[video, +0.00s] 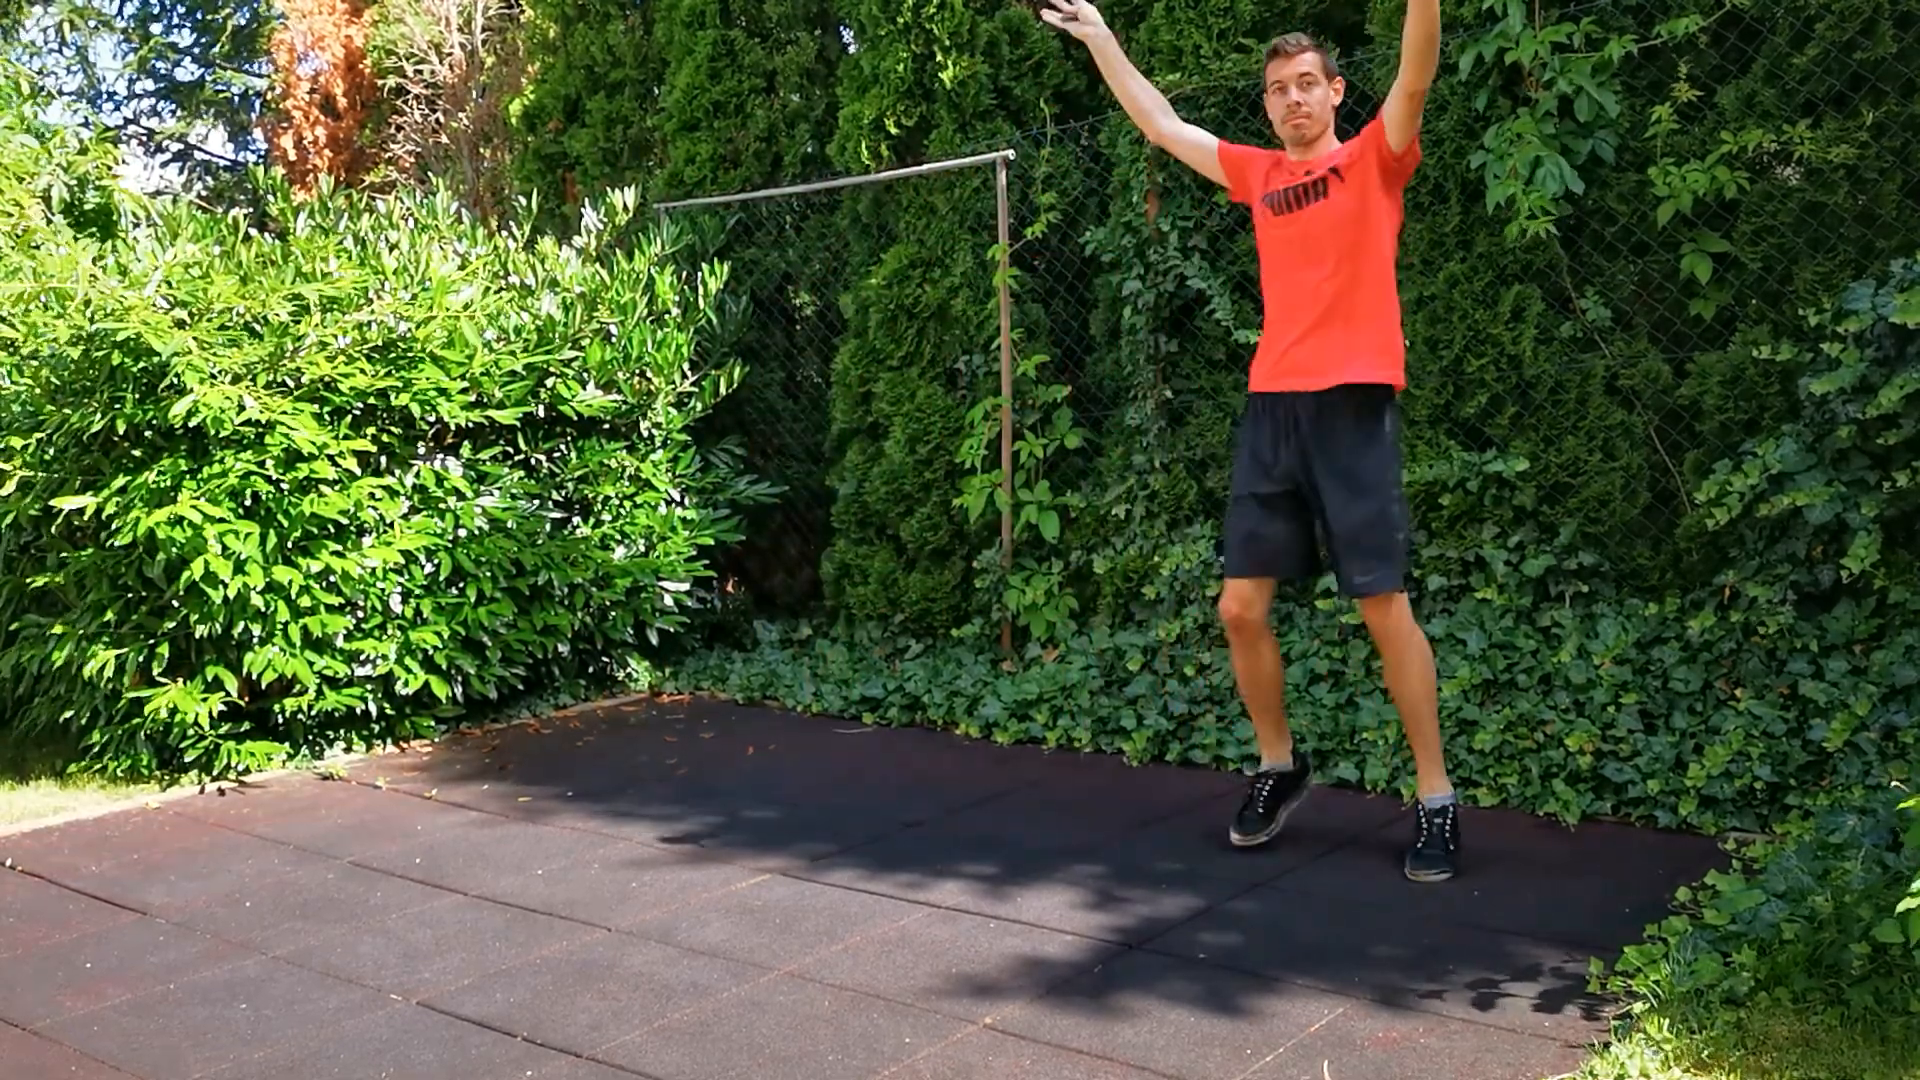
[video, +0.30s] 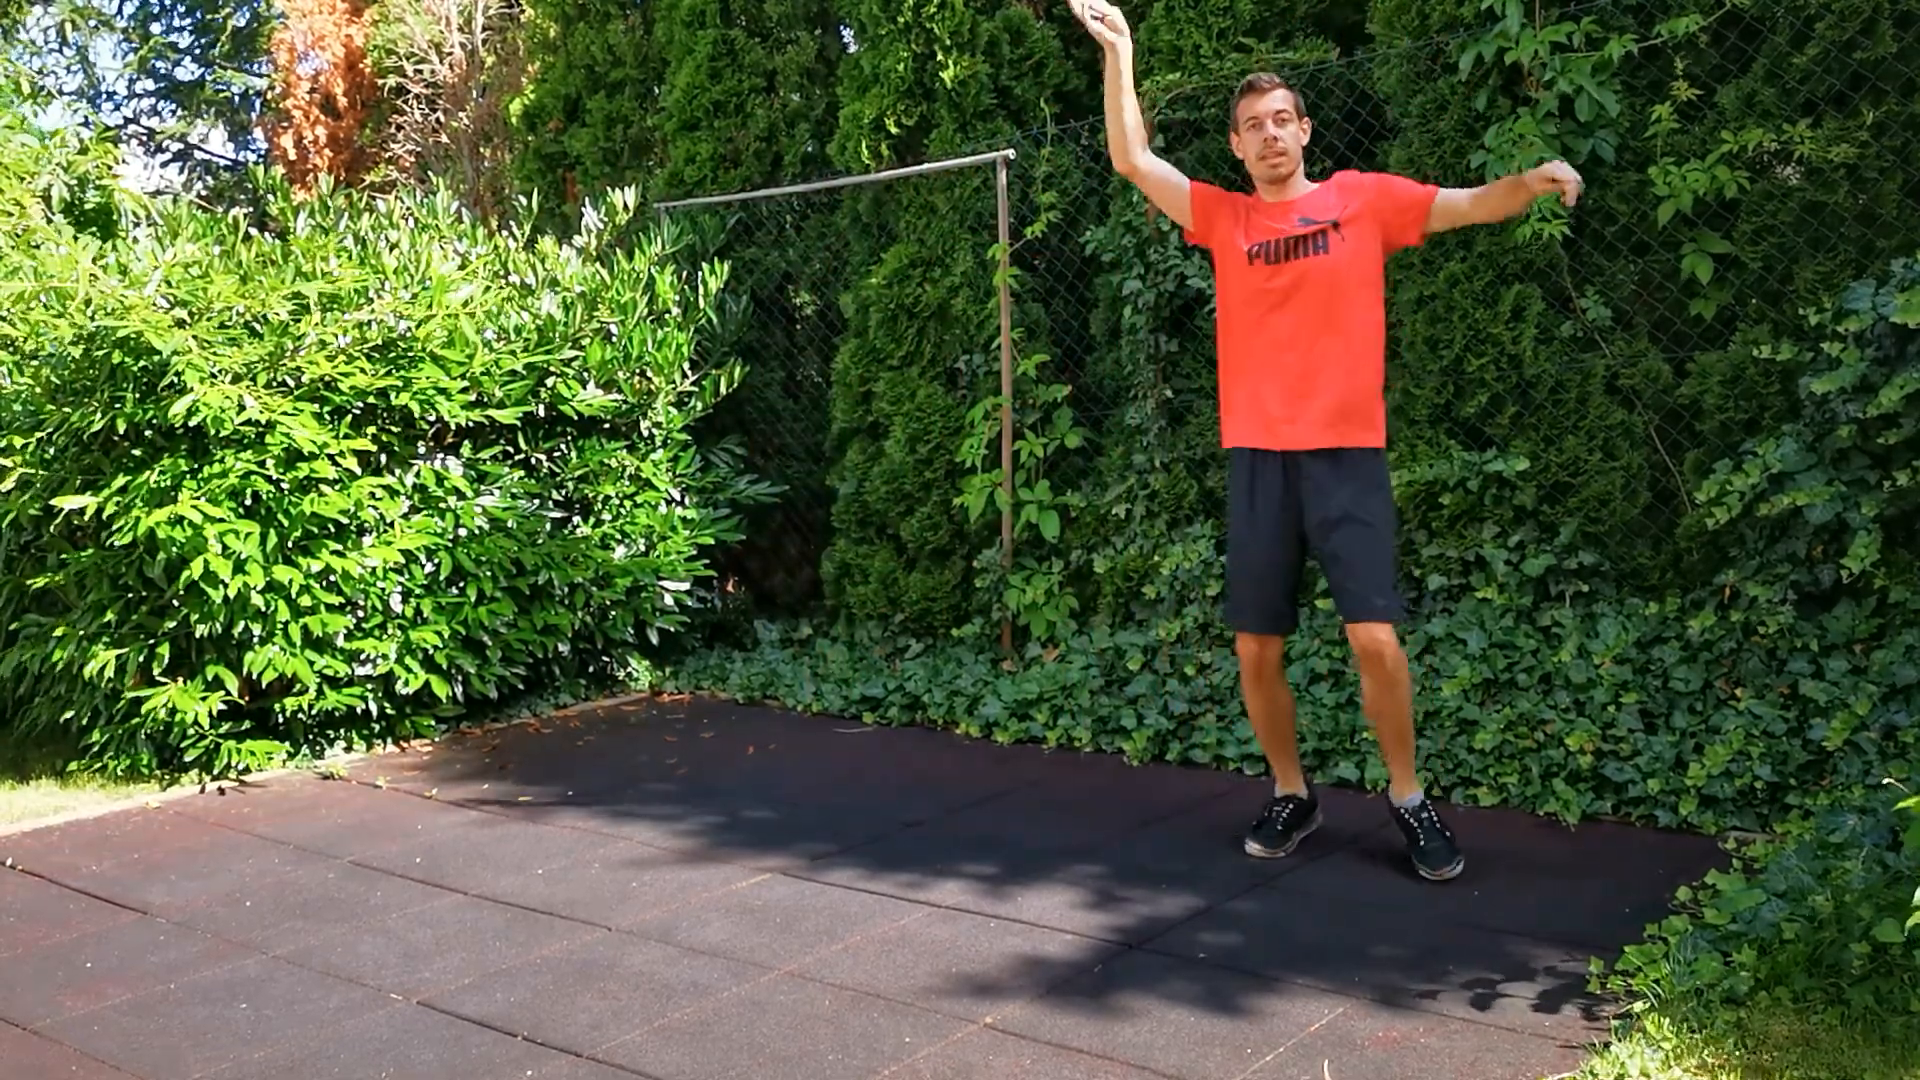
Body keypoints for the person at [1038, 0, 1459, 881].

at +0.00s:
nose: (1292, 100)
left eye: (1305, 84)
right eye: (1279, 90)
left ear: (1339, 90)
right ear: (1265, 106)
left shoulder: (1375, 156)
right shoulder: (1257, 172)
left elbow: (1416, 75)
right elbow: (1162, 124)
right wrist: (1097, 35)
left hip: (1356, 410)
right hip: (1272, 414)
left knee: (1385, 607)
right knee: (1241, 607)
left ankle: (1436, 800)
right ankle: (1277, 771)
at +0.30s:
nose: (1272, 134)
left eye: (1284, 119)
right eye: (1256, 124)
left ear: (1307, 130)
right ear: (1235, 142)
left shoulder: (1362, 198)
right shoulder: (1223, 215)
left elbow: (1465, 205)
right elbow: (1131, 158)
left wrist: (1531, 183)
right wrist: (1117, 52)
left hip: (1350, 457)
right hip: (1254, 460)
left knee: (1376, 643)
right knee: (1255, 649)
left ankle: (1408, 802)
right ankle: (1291, 798)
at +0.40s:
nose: (1277, 108)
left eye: (1288, 93)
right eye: (1262, 98)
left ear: (1313, 103)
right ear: (1243, 116)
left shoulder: (1362, 170)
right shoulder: (1227, 196)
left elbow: (1461, 231)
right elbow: (1118, 205)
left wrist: (1527, 274)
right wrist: (1106, 117)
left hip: (1348, 424)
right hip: (1257, 429)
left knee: (1354, 624)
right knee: (1255, 625)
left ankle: (1386, 803)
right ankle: (1283, 787)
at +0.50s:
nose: (1288, 115)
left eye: (1299, 100)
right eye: (1273, 106)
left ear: (1326, 107)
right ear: (1255, 123)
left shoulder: (1376, 177)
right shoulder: (1245, 203)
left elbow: (1450, 277)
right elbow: (1152, 279)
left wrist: (1497, 369)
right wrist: (1128, 240)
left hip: (1354, 428)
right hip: (1267, 431)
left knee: (1355, 626)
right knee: (1244, 624)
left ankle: (1376, 805)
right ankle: (1275, 784)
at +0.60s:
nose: (1297, 139)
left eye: (1310, 122)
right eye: (1280, 126)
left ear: (1336, 127)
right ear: (1264, 138)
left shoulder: (1388, 211)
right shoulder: (1256, 233)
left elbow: (1436, 325)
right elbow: (1213, 319)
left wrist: (1440, 431)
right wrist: (1172, 350)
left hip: (1353, 463)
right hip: (1265, 461)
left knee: (1356, 645)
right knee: (1229, 638)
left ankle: (1375, 810)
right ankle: (1273, 783)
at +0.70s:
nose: (1293, 144)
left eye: (1305, 126)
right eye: (1277, 131)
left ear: (1333, 125)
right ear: (1262, 139)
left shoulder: (1379, 207)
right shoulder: (1252, 226)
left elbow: (1407, 322)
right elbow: (1241, 337)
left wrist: (1371, 385)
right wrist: (1204, 428)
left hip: (1347, 467)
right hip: (1261, 463)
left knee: (1354, 642)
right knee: (1230, 636)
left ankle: (1376, 810)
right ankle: (1269, 787)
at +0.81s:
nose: (1281, 145)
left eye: (1292, 129)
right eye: (1266, 132)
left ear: (1321, 122)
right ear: (1252, 136)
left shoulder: (1365, 196)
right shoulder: (1243, 222)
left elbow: (1372, 277)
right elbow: (1242, 333)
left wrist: (1326, 280)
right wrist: (1231, 439)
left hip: (1336, 454)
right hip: (1252, 452)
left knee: (1351, 635)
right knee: (1232, 632)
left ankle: (1373, 811)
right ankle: (1255, 798)